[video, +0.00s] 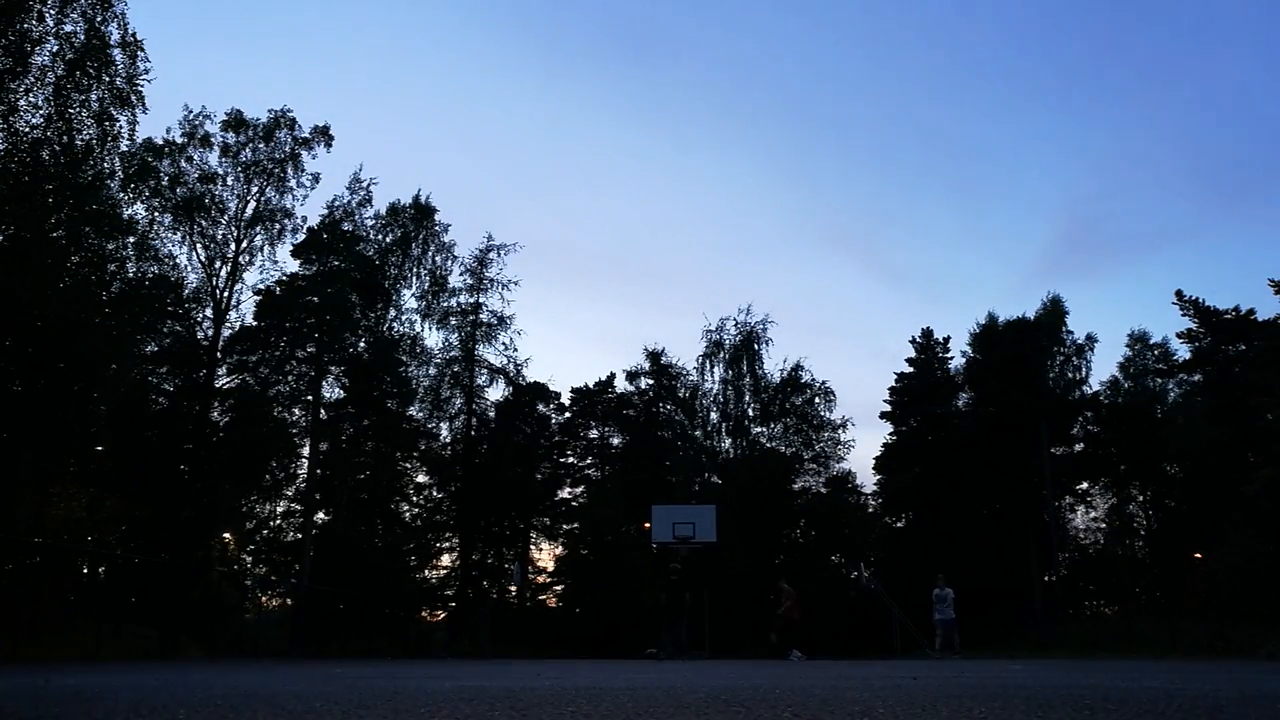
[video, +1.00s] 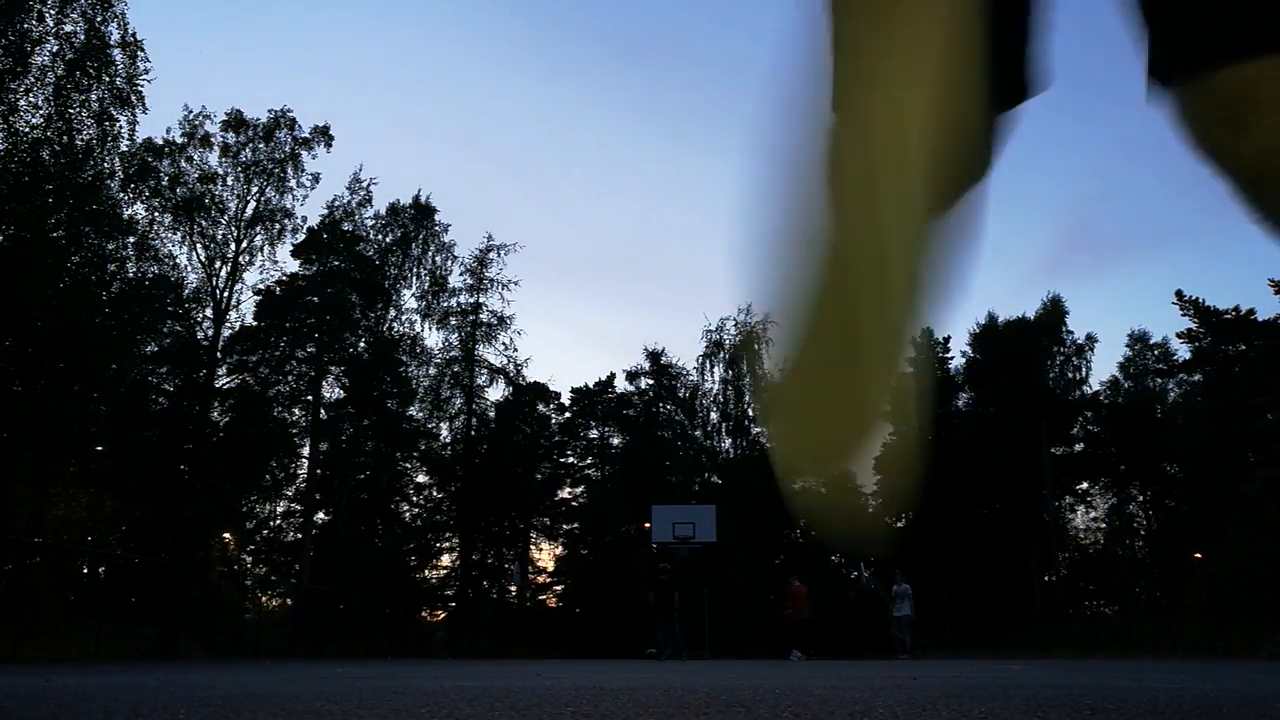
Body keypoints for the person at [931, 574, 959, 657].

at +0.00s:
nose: (941, 584)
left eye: (942, 582)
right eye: (939, 582)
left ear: (944, 583)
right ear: (938, 583)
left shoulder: (949, 592)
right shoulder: (935, 592)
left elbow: (950, 603)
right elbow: (935, 603)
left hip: (949, 616)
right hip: (939, 617)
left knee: (953, 633)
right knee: (939, 634)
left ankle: (956, 650)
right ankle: (937, 650)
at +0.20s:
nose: (931, 583)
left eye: (932, 581)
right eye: (930, 582)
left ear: (934, 582)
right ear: (928, 583)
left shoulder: (940, 591)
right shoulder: (927, 593)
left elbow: (942, 603)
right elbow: (927, 604)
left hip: (941, 616)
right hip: (931, 616)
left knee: (945, 633)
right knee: (932, 634)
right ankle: (932, 650)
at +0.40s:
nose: (924, 581)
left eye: (925, 579)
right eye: (922, 579)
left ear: (927, 579)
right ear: (921, 580)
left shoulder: (933, 588)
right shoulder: (919, 590)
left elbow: (938, 599)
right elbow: (918, 602)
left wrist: (940, 610)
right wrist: (916, 613)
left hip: (933, 613)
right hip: (923, 614)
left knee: (932, 631)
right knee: (926, 632)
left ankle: (933, 650)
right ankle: (929, 651)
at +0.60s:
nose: (916, 581)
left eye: (917, 580)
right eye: (915, 580)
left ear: (920, 580)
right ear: (914, 581)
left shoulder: (926, 589)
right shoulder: (912, 590)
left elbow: (932, 600)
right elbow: (908, 602)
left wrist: (938, 611)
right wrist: (906, 612)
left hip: (924, 614)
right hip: (916, 615)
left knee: (921, 631)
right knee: (923, 632)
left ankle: (920, 649)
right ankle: (929, 648)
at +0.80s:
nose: (908, 582)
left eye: (909, 581)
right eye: (906, 581)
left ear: (911, 581)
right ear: (905, 582)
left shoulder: (917, 590)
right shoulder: (903, 591)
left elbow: (922, 600)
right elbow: (900, 602)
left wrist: (925, 610)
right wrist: (897, 612)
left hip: (915, 614)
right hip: (906, 614)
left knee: (911, 632)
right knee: (913, 632)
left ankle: (908, 651)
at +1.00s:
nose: (898, 580)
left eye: (899, 578)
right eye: (897, 578)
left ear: (901, 579)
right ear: (895, 579)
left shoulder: (907, 588)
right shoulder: (894, 588)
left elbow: (910, 600)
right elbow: (893, 600)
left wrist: (911, 611)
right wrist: (893, 610)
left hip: (905, 613)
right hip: (897, 614)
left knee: (906, 632)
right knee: (897, 632)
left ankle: (907, 651)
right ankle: (900, 651)